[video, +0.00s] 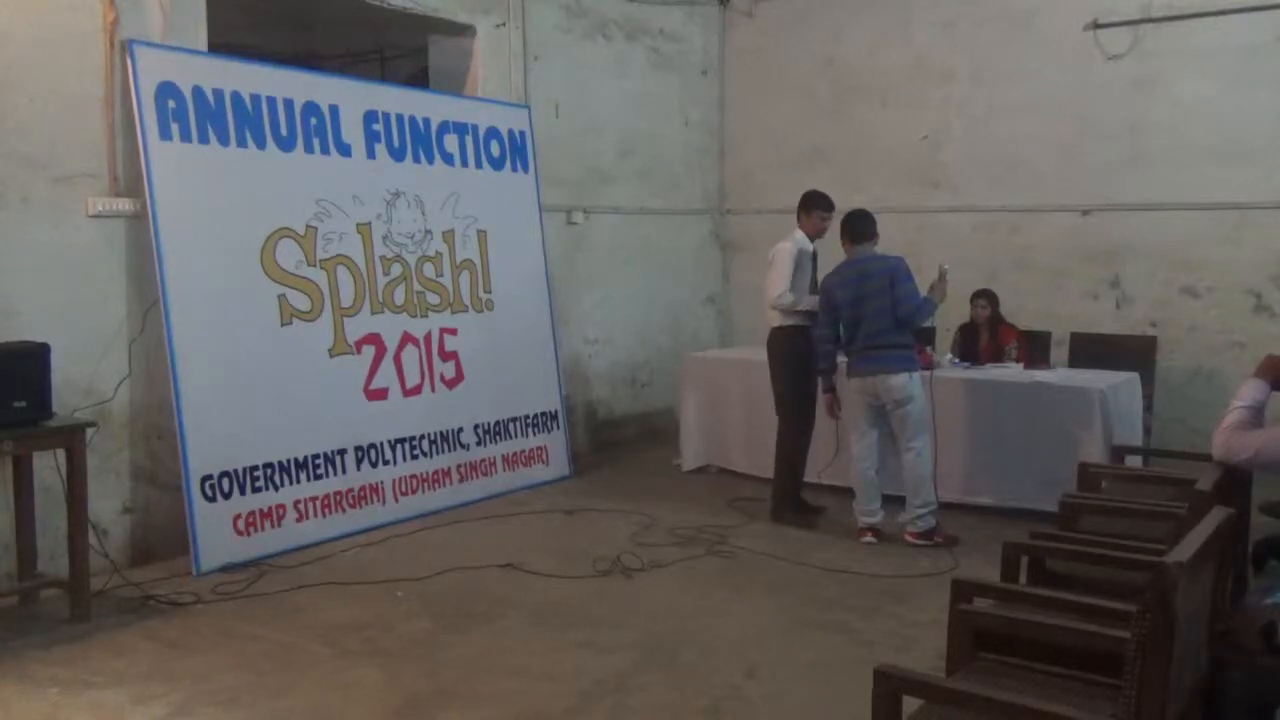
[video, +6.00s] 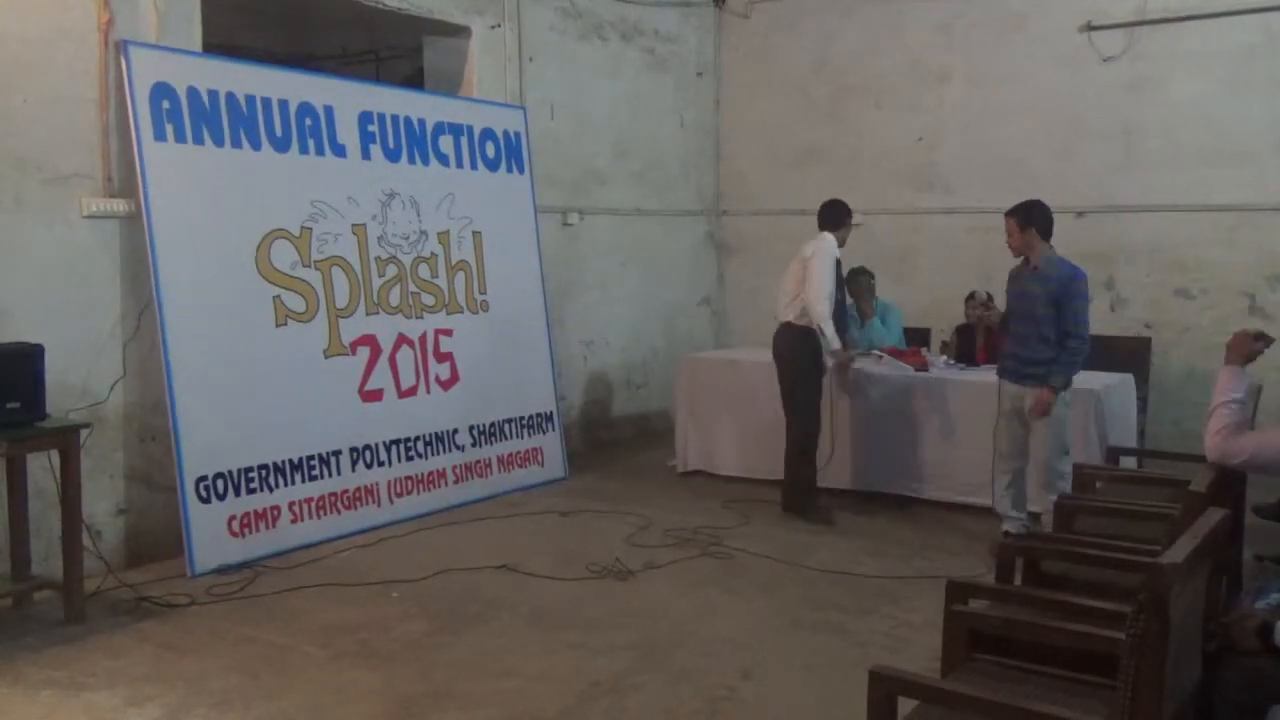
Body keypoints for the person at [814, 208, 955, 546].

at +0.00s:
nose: (873, 242)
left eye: (843, 240)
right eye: (874, 236)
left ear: (843, 241)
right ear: (877, 237)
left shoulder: (833, 281)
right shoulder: (894, 266)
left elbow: (825, 337)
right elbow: (912, 316)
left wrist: (827, 386)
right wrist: (934, 297)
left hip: (859, 376)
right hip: (899, 374)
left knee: (863, 450)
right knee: (915, 446)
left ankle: (868, 524)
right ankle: (920, 524)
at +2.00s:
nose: (1013, 235)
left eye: (1016, 229)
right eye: (1006, 228)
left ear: (1015, 233)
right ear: (984, 231)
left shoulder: (1003, 275)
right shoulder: (970, 276)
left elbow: (1000, 327)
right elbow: (982, 326)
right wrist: (1016, 288)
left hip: (1011, 382)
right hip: (986, 381)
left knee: (1007, 464)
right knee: (975, 461)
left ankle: (1005, 531)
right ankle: (929, 520)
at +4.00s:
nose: (1060, 233)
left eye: (1065, 226)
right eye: (1052, 225)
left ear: (1070, 229)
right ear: (1031, 229)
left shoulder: (1071, 273)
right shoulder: (1009, 282)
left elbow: (1075, 328)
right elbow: (998, 337)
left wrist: (1082, 377)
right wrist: (1045, 326)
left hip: (1075, 390)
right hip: (1033, 393)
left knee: (1087, 474)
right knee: (1033, 480)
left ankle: (1083, 547)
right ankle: (1031, 553)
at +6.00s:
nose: (1007, 240)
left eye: (1011, 233)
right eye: (1006, 233)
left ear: (1032, 232)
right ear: (1026, 232)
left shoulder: (1070, 277)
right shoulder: (1017, 275)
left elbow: (1078, 342)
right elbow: (1012, 323)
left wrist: (1053, 388)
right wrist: (992, 328)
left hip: (1048, 388)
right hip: (1011, 383)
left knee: (1051, 466)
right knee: (1008, 461)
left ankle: (1055, 536)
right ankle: (1013, 530)